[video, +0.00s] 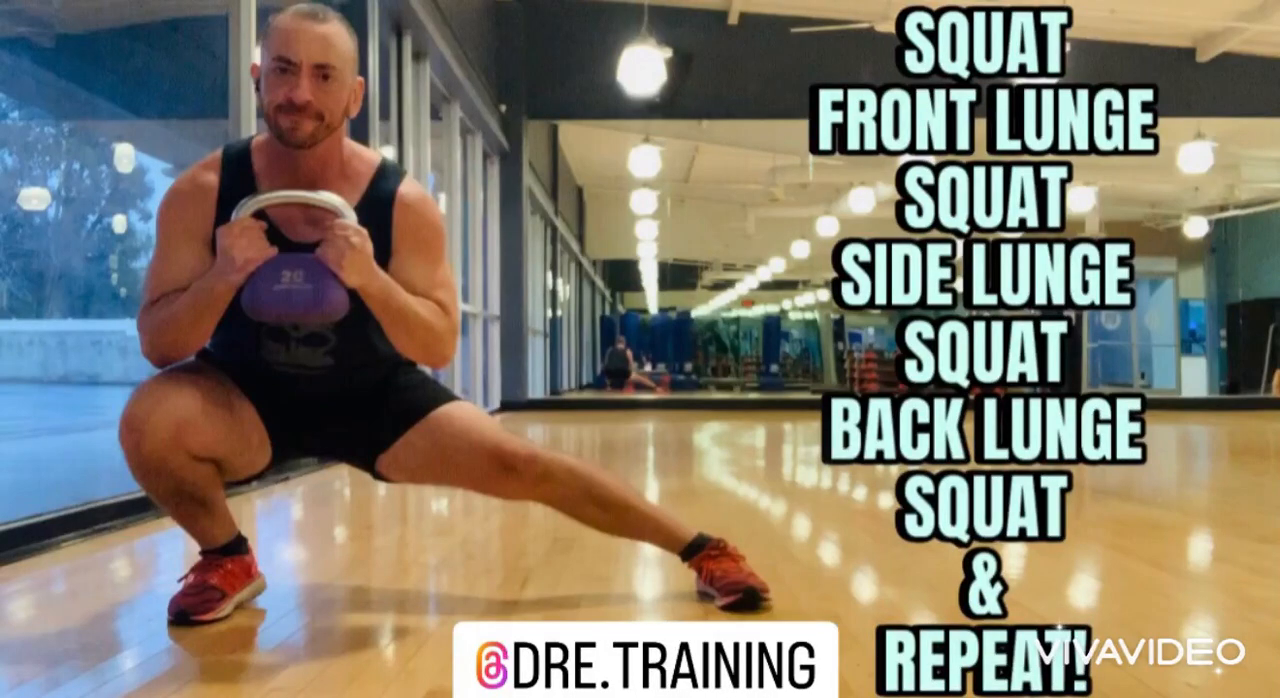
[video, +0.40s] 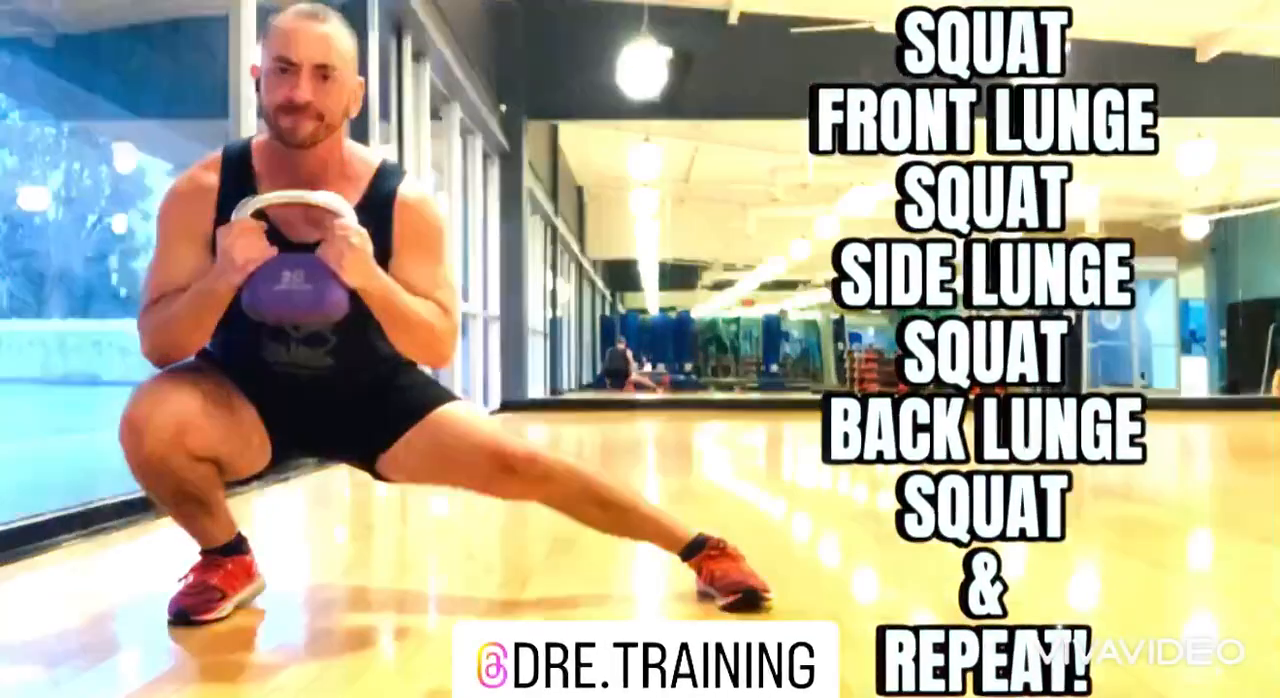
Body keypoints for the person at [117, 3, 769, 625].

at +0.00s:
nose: (298, 91)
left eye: (321, 74)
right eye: (282, 69)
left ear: (354, 91)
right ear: (257, 78)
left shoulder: (405, 205)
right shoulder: (201, 193)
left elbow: (437, 346)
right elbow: (161, 343)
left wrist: (367, 276)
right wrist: (222, 277)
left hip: (378, 398)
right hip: (253, 396)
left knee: (518, 464)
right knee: (148, 423)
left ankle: (696, 548)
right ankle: (225, 555)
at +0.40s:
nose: (299, 90)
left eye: (322, 73)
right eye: (282, 69)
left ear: (354, 90)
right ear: (257, 79)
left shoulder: (407, 209)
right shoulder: (200, 194)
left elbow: (437, 346)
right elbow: (161, 344)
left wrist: (365, 274)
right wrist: (221, 279)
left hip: (378, 399)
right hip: (252, 397)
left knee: (517, 462)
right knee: (149, 422)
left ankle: (696, 548)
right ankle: (226, 557)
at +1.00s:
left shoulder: (730, 3)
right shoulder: (552, 2)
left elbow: (748, 103)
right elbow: (537, 111)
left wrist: (695, 12)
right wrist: (578, 15)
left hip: (689, 197)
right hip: (585, 196)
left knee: (720, 352)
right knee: (556, 353)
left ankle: (716, 536)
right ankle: (559, 533)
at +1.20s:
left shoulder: (729, 71)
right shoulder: (556, 70)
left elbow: (744, 201)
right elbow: (532, 206)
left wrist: (696, 106)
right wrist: (579, 113)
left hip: (687, 272)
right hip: (585, 271)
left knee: (726, 368)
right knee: (546, 374)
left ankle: (716, 536)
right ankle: (559, 536)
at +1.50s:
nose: (638, 46)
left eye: (656, 31)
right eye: (621, 30)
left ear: (681, 49)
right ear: (596, 46)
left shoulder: (723, 150)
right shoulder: (552, 154)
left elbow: (744, 284)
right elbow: (530, 295)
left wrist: (694, 202)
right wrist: (573, 211)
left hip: (684, 339)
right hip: (586, 338)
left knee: (722, 371)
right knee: (544, 379)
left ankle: (716, 538)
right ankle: (558, 538)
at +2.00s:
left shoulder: (741, 72)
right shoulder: (562, 67)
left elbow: (755, 207)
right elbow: (534, 208)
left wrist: (703, 110)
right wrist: (586, 110)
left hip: (696, 271)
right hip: (593, 269)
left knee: (719, 380)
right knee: (553, 387)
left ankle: (714, 537)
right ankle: (559, 536)